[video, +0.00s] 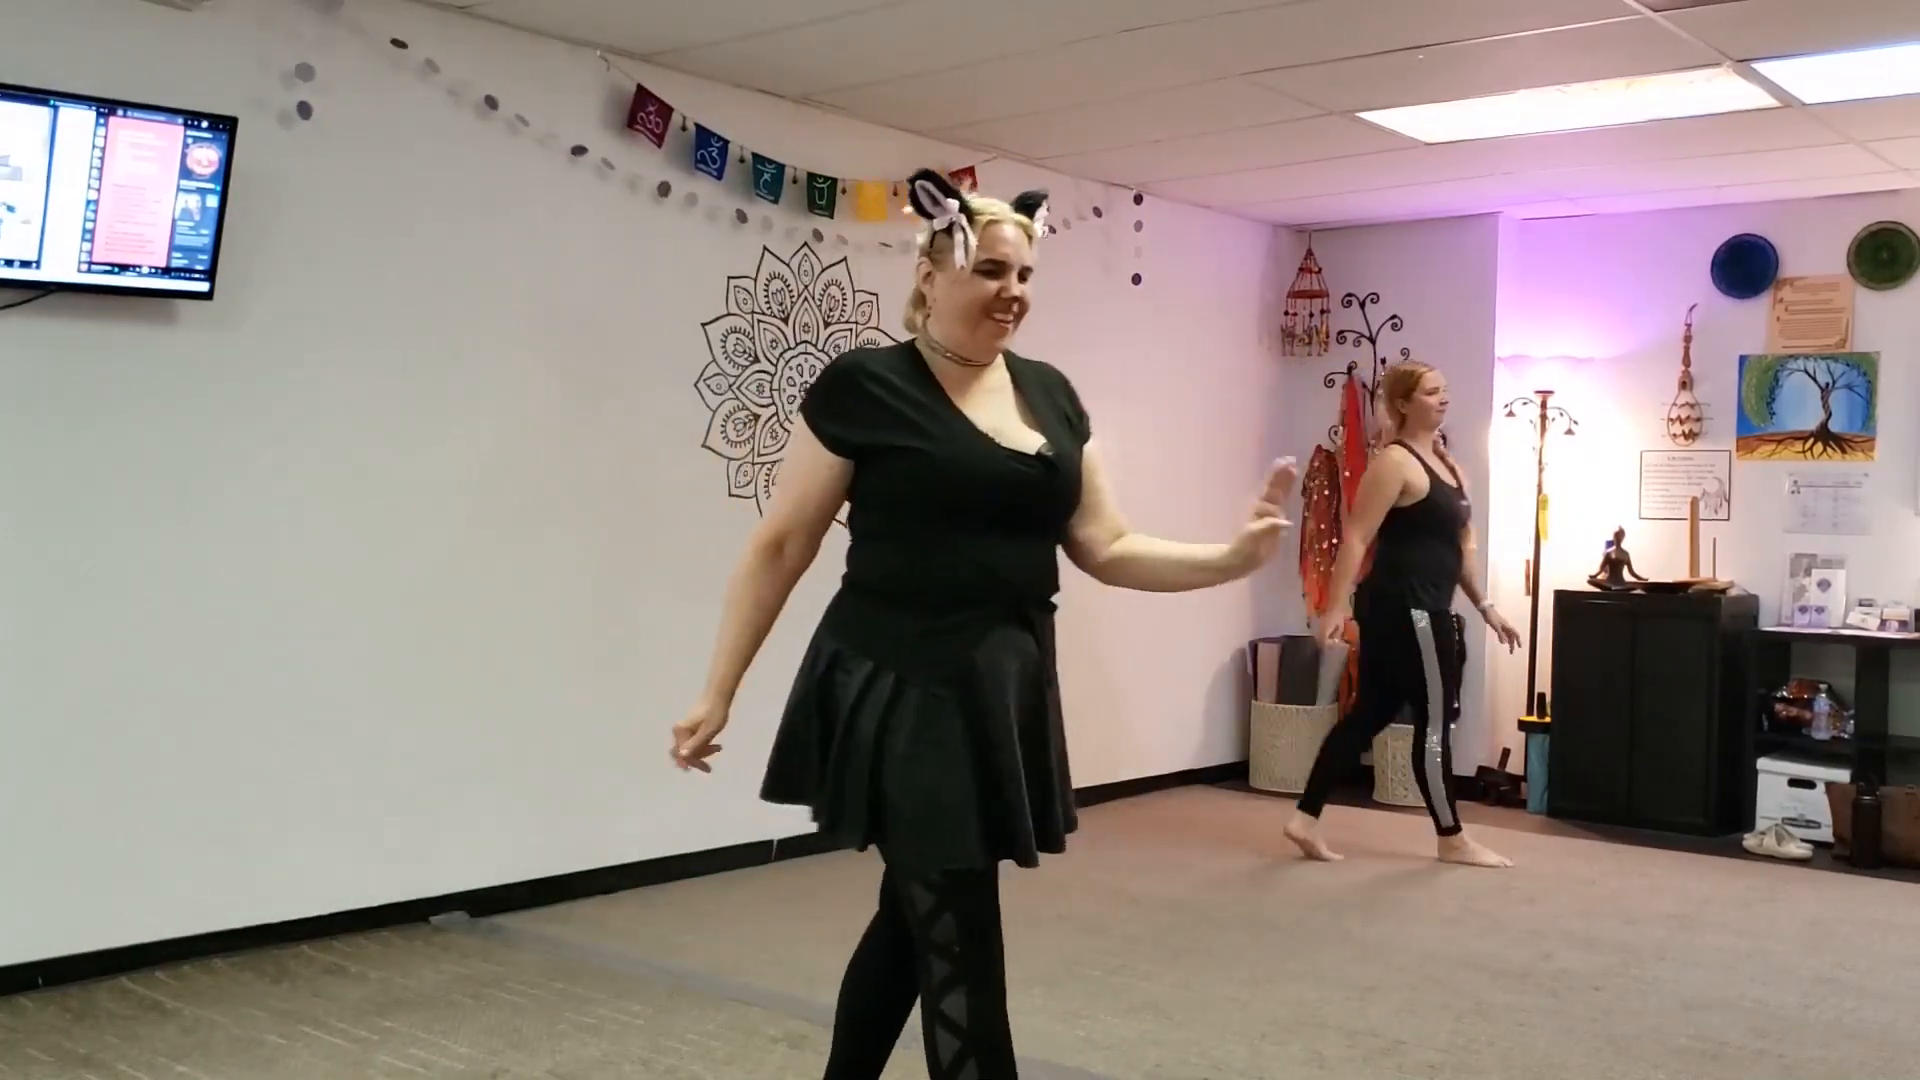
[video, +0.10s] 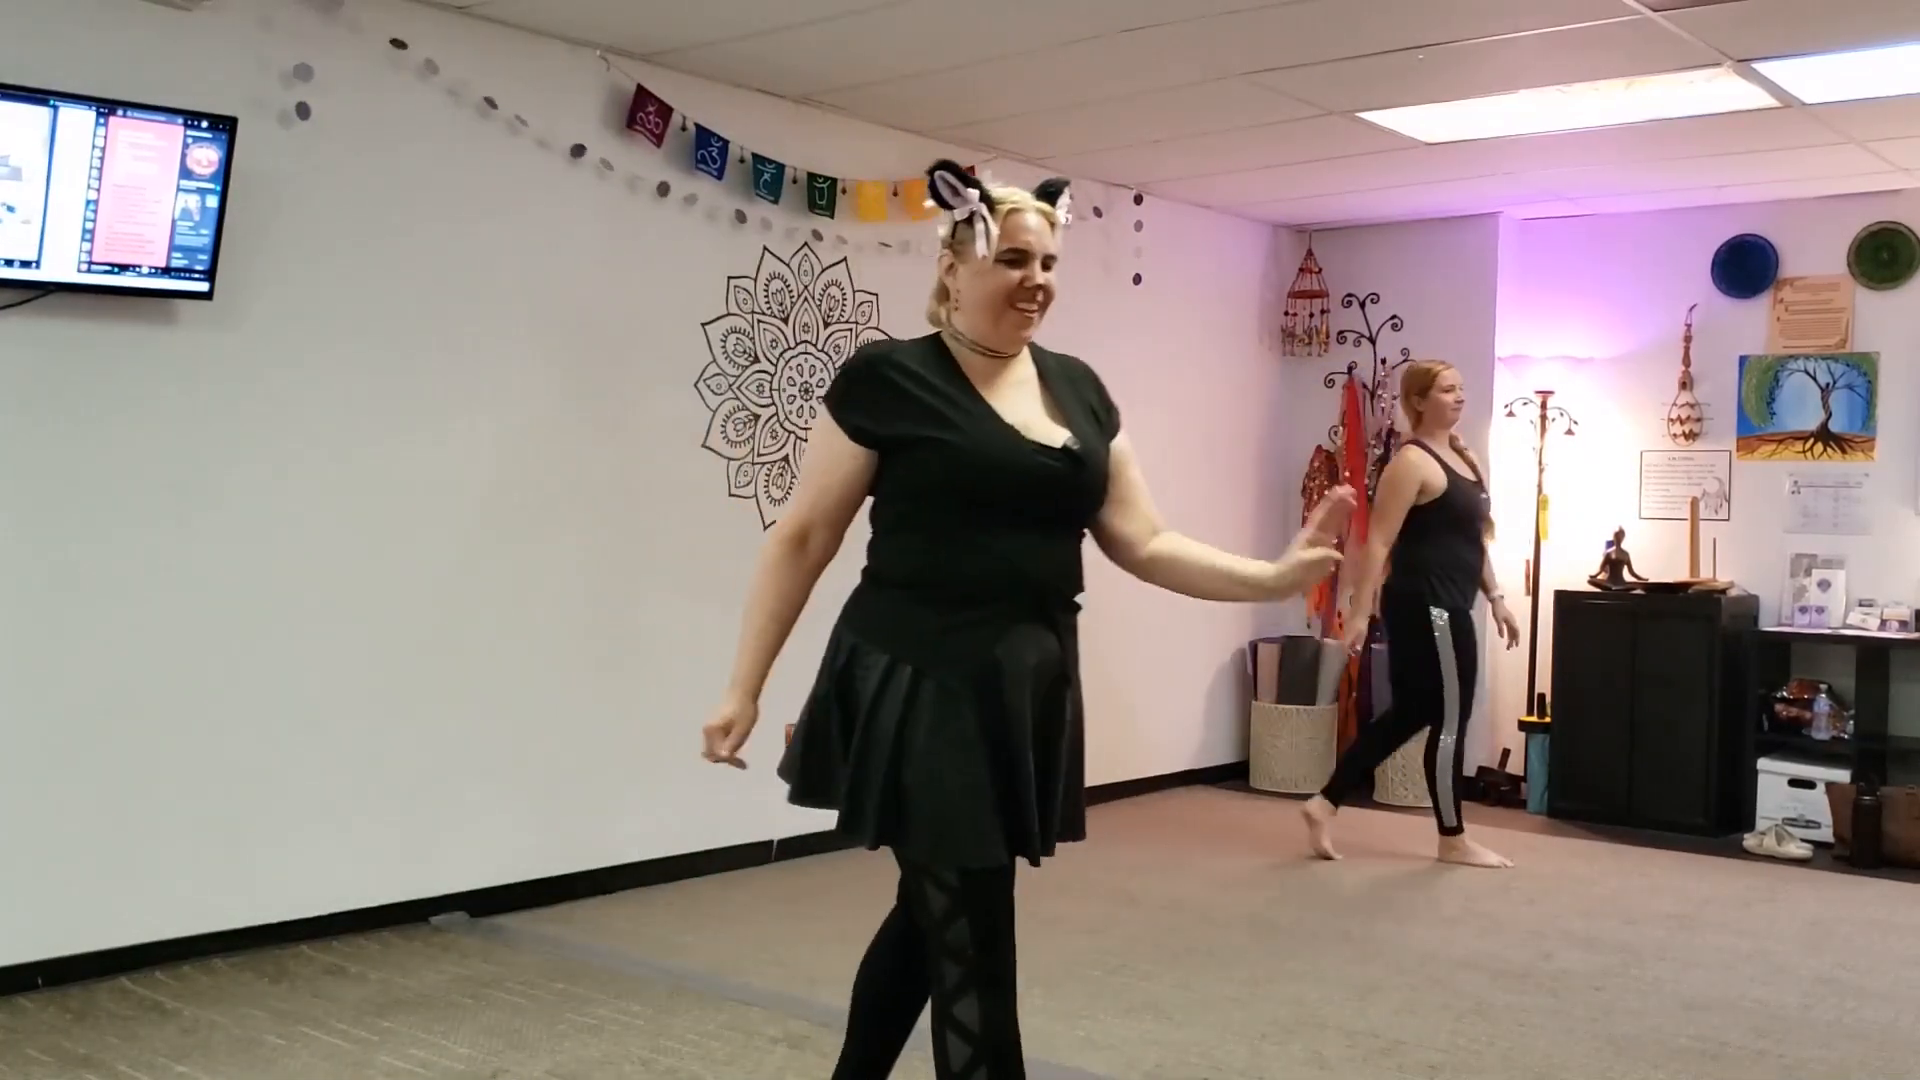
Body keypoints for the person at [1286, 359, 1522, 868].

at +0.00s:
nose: (1444, 399)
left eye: (1444, 392)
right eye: (1433, 393)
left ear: (1436, 402)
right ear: (1404, 403)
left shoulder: (1445, 463)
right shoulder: (1392, 462)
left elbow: (1458, 550)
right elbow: (1356, 537)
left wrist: (1486, 608)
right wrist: (1335, 608)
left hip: (1422, 602)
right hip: (1405, 604)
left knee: (1370, 713)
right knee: (1435, 717)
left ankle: (1305, 817)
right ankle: (1451, 838)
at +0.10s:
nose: (1461, 397)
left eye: (1461, 389)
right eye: (1449, 390)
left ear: (1457, 401)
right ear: (1419, 401)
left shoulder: (1463, 458)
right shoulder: (1408, 462)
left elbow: (1473, 539)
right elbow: (1378, 541)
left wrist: (1496, 599)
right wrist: (1360, 613)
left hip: (1447, 600)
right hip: (1423, 601)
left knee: (1411, 712)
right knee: (1450, 714)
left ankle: (1323, 804)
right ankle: (1452, 839)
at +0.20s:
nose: (1474, 401)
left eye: (1476, 394)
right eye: (1463, 394)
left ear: (1475, 403)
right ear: (1434, 402)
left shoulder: (1469, 453)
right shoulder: (1423, 466)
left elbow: (1484, 534)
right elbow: (1399, 550)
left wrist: (1504, 592)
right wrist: (1385, 623)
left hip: (1468, 601)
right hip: (1439, 603)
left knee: (1455, 714)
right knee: (1460, 713)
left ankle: (1358, 784)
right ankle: (1453, 838)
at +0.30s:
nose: (1487, 404)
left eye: (1488, 395)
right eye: (1478, 395)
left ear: (1482, 403)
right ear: (1447, 402)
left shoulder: (1483, 458)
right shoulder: (1436, 467)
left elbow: (1497, 533)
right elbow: (1418, 555)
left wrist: (1510, 592)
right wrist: (1416, 636)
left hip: (1487, 603)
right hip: (1452, 603)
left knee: (1505, 711)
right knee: (1468, 716)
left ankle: (1398, 779)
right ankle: (1454, 839)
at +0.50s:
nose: (1514, 400)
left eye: (1516, 394)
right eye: (1504, 393)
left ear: (1512, 403)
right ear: (1475, 398)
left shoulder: (1504, 455)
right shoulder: (1460, 461)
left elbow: (1517, 538)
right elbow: (1456, 552)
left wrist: (1532, 597)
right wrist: (1480, 630)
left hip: (1515, 598)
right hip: (1468, 602)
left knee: (1561, 700)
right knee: (1470, 722)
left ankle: (1503, 796)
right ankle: (1454, 838)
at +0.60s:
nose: (1529, 400)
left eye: (1530, 393)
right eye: (1519, 392)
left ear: (1524, 401)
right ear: (1488, 396)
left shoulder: (1515, 454)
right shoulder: (1473, 457)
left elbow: (1524, 538)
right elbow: (1473, 548)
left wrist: (1537, 598)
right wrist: (1507, 622)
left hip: (1526, 597)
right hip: (1476, 601)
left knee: (1563, 704)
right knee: (1476, 719)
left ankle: (1555, 834)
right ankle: (1454, 837)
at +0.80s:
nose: (1557, 402)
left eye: (1558, 394)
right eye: (1547, 394)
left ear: (1553, 404)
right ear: (1514, 401)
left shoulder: (1542, 461)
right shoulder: (1498, 464)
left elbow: (1551, 544)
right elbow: (1499, 554)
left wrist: (1559, 613)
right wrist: (1542, 624)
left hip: (1546, 606)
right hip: (1495, 611)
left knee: (1564, 727)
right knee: (1480, 724)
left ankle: (1591, 850)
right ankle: (1454, 836)